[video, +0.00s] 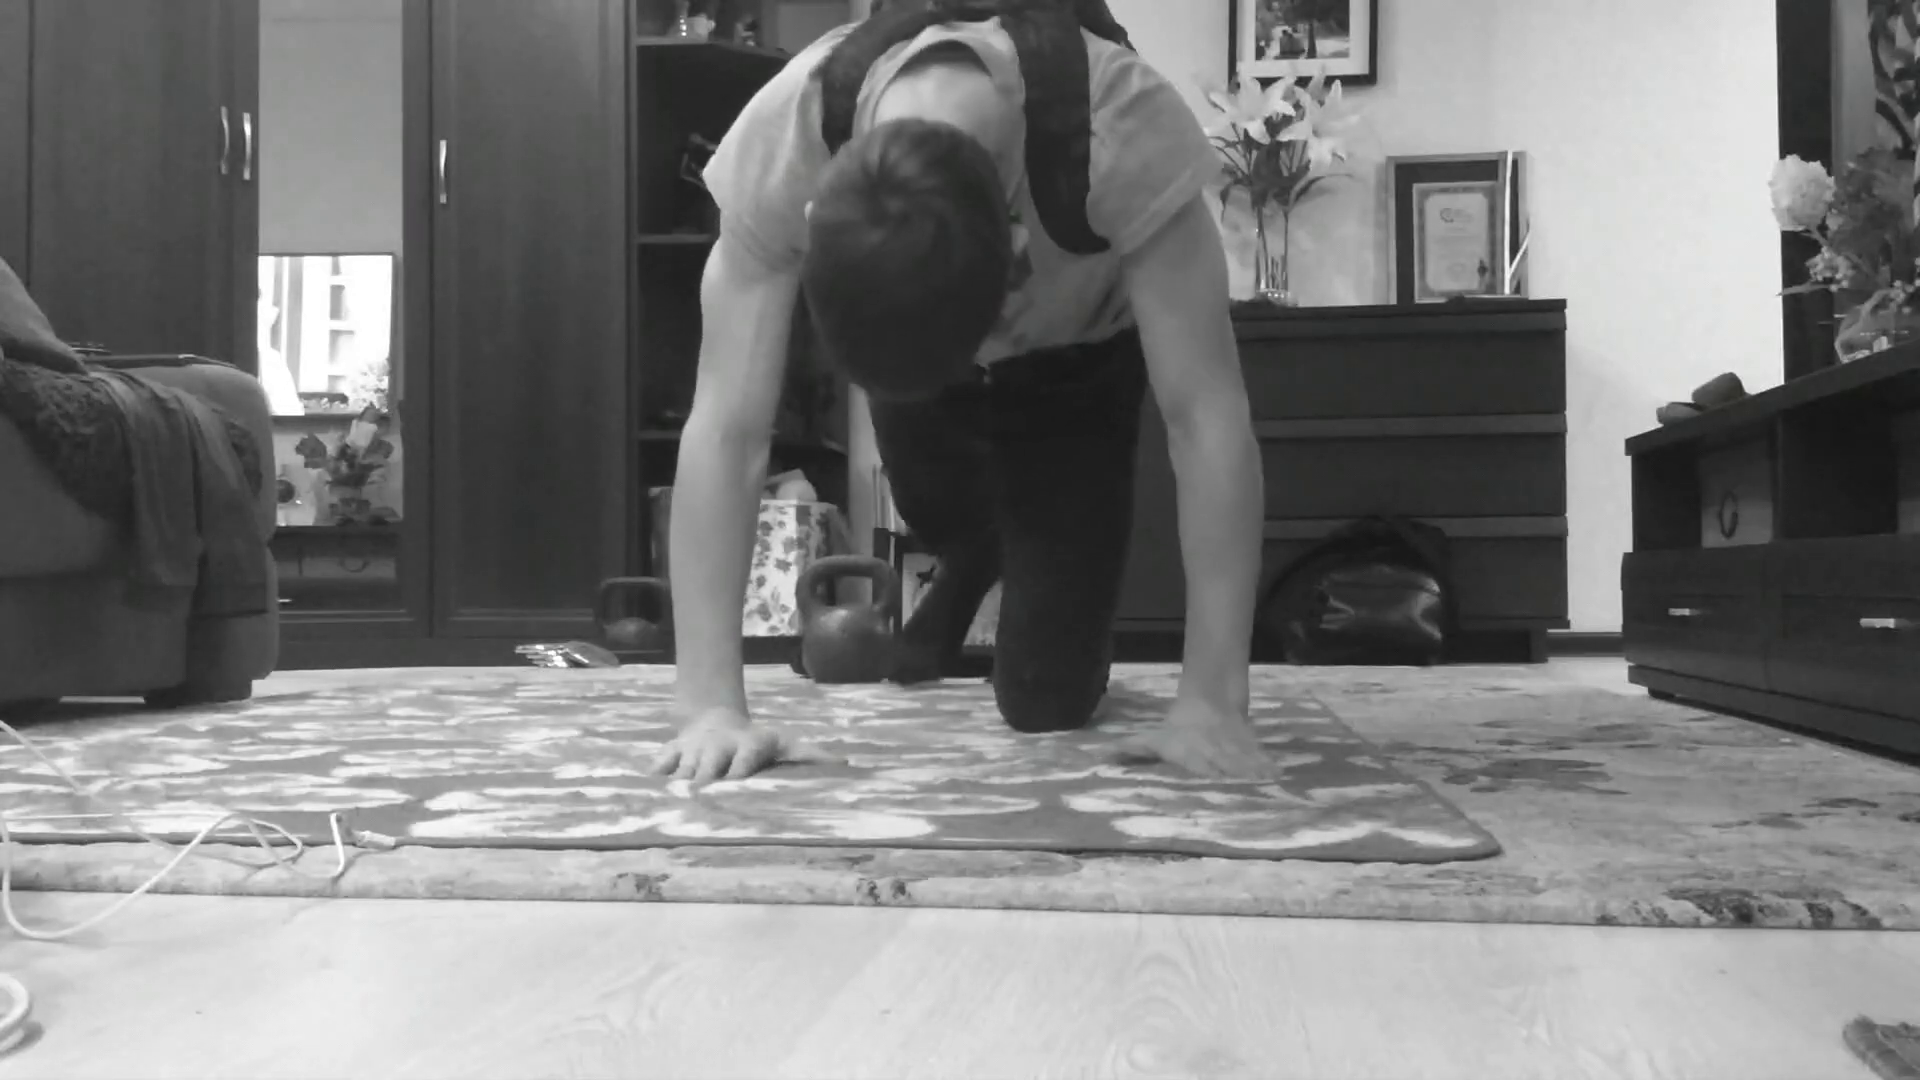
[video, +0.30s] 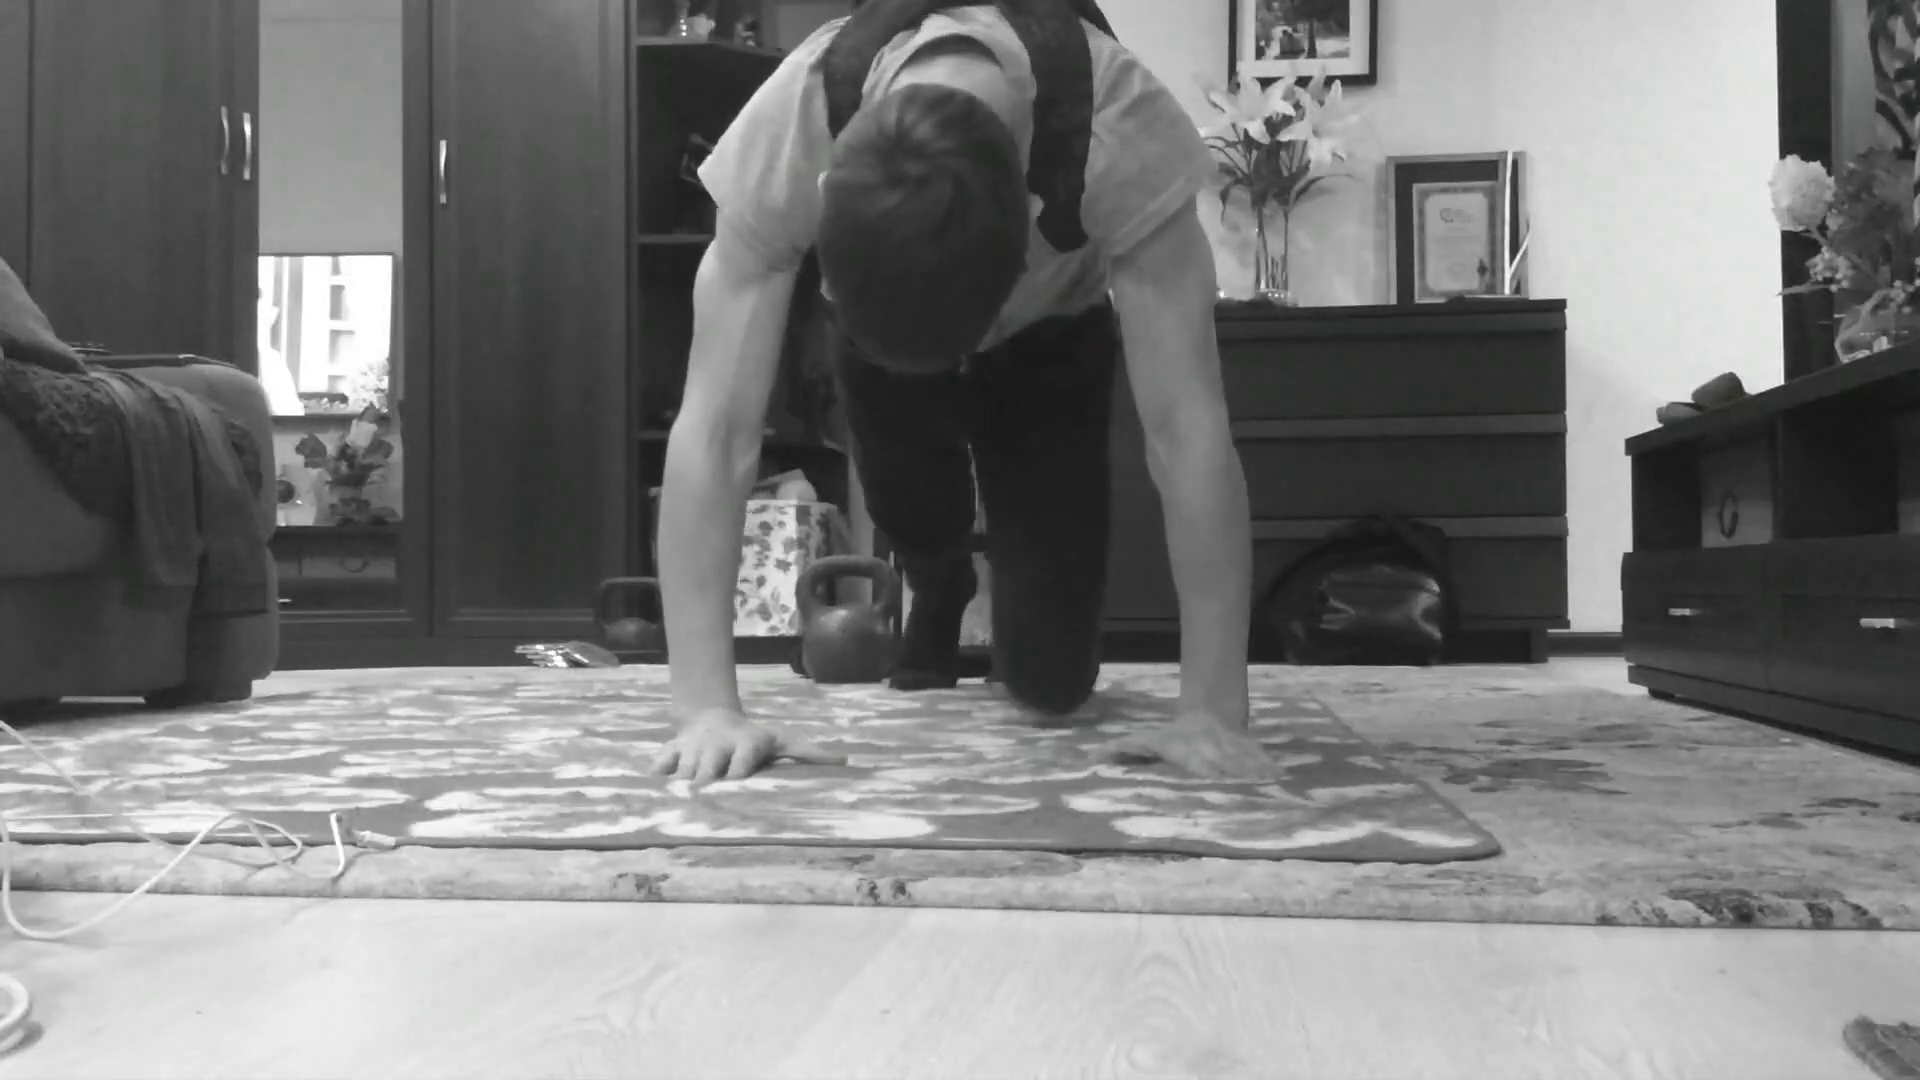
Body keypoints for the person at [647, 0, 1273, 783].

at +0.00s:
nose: (904, 399)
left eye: (927, 382)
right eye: (889, 387)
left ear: (1012, 259)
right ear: (821, 247)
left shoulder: (1126, 137)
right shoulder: (780, 153)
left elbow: (1208, 416)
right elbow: (724, 435)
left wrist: (1214, 702)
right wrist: (711, 710)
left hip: (1079, 340)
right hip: (911, 346)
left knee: (1039, 704)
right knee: (933, 511)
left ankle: (1062, 643)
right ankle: (969, 563)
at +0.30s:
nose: (928, 370)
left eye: (956, 344)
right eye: (892, 352)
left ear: (1016, 235)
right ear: (834, 244)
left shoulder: (1126, 139)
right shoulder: (783, 144)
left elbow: (1190, 433)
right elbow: (713, 434)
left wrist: (1214, 714)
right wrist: (707, 712)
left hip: (1052, 312)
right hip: (879, 318)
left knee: (1050, 683)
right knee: (913, 526)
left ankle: (1029, 627)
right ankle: (936, 592)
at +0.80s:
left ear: (1022, 229)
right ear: (833, 232)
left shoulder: (1129, 146)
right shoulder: (780, 155)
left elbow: (1190, 425)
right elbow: (707, 431)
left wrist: (1214, 712)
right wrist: (706, 711)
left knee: (1038, 406)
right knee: (911, 429)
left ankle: (1035, 517)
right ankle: (942, 590)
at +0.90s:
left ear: (1026, 226)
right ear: (835, 239)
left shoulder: (1129, 145)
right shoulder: (785, 162)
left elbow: (1190, 422)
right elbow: (712, 432)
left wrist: (1216, 709)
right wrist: (706, 710)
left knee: (1035, 427)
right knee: (915, 427)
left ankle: (1039, 600)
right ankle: (945, 592)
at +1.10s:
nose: (942, 362)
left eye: (967, 347)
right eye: (906, 351)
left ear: (1034, 214)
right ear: (841, 224)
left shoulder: (1124, 148)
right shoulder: (789, 163)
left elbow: (1186, 431)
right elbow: (721, 436)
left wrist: (1214, 713)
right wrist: (707, 709)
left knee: (1047, 426)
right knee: (910, 425)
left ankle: (1048, 613)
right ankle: (933, 603)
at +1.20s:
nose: (944, 353)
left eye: (974, 332)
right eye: (907, 341)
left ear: (1031, 215)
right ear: (839, 224)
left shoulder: (1124, 153)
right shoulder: (787, 169)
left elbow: (1185, 439)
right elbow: (723, 438)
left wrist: (1214, 711)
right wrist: (708, 709)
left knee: (1049, 453)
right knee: (914, 454)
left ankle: (1061, 617)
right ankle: (933, 606)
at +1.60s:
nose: (936, 282)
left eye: (962, 257)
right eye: (901, 265)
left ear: (1020, 159)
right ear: (838, 175)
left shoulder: (1107, 158)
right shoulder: (782, 174)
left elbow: (1173, 443)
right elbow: (725, 444)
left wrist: (1213, 710)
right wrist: (710, 707)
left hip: (1044, 267)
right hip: (879, 282)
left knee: (1048, 474)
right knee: (915, 476)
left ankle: (1069, 644)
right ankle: (935, 611)